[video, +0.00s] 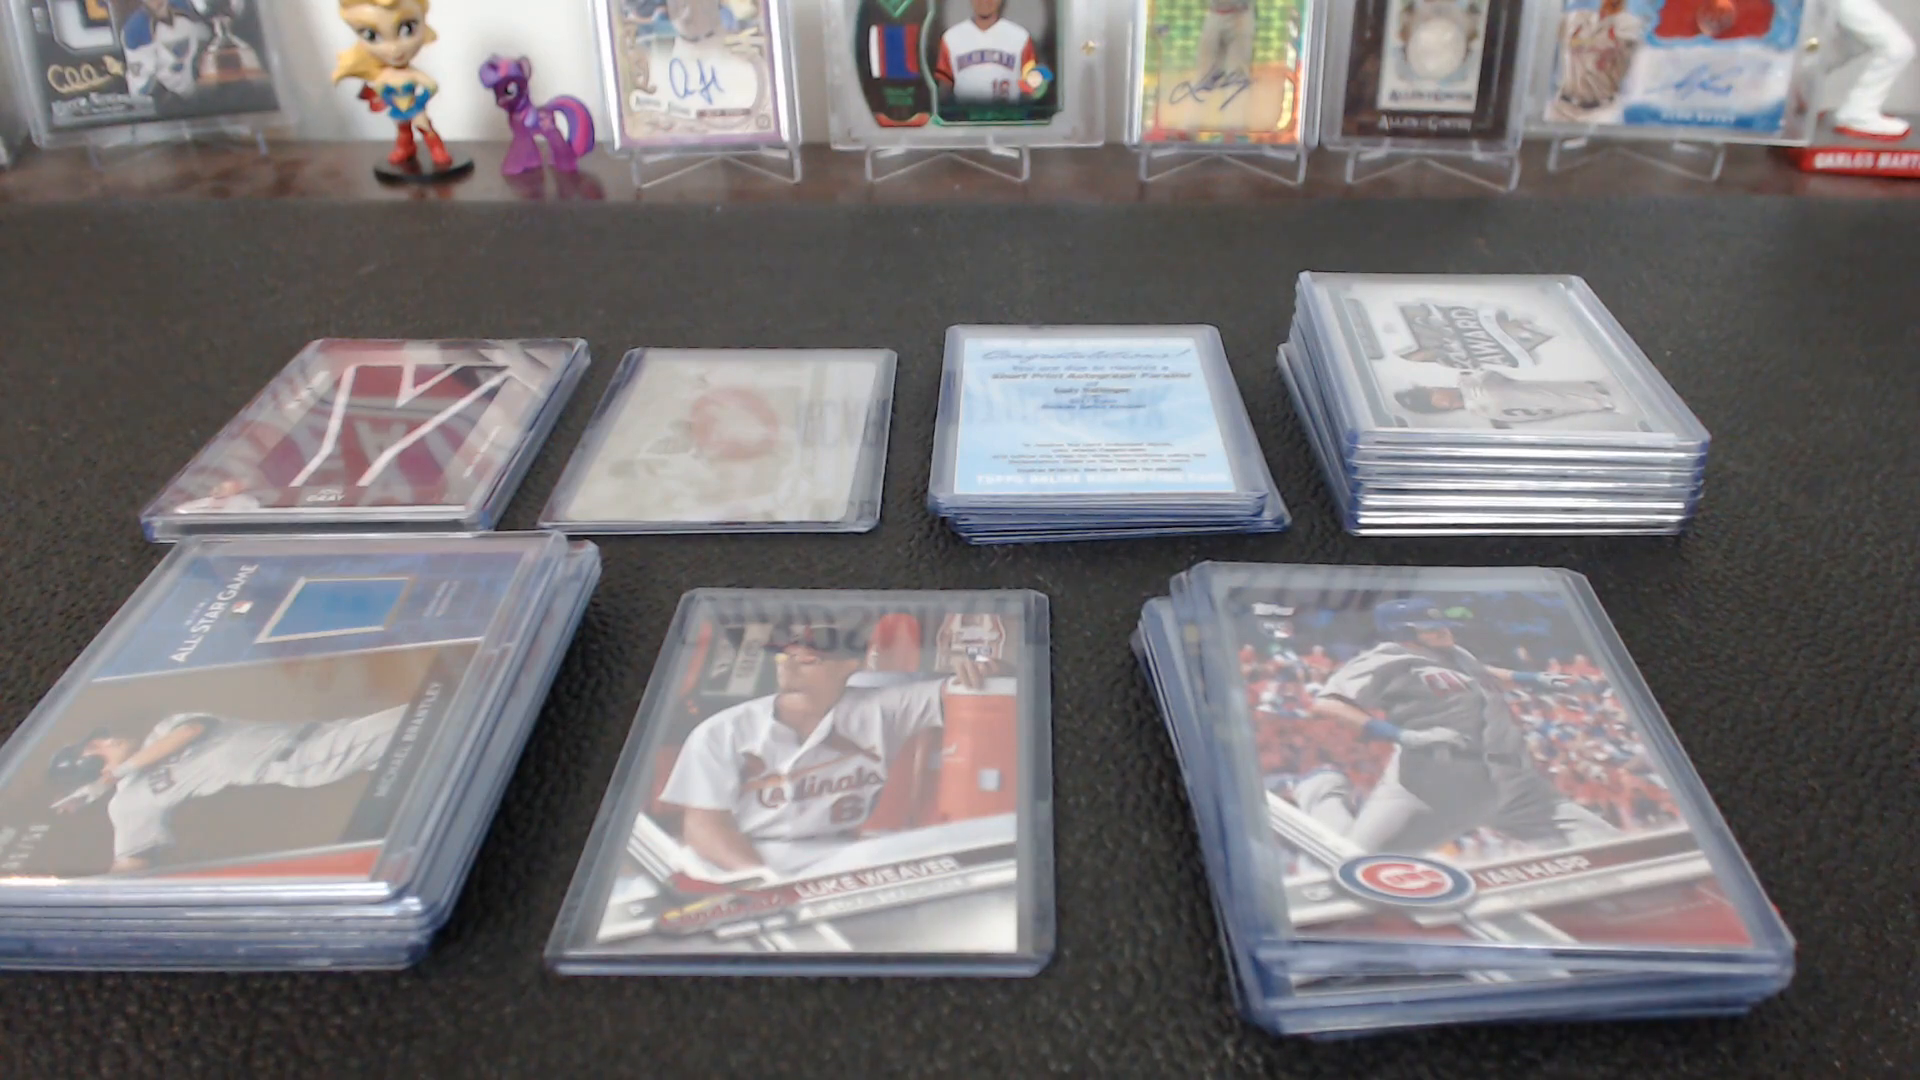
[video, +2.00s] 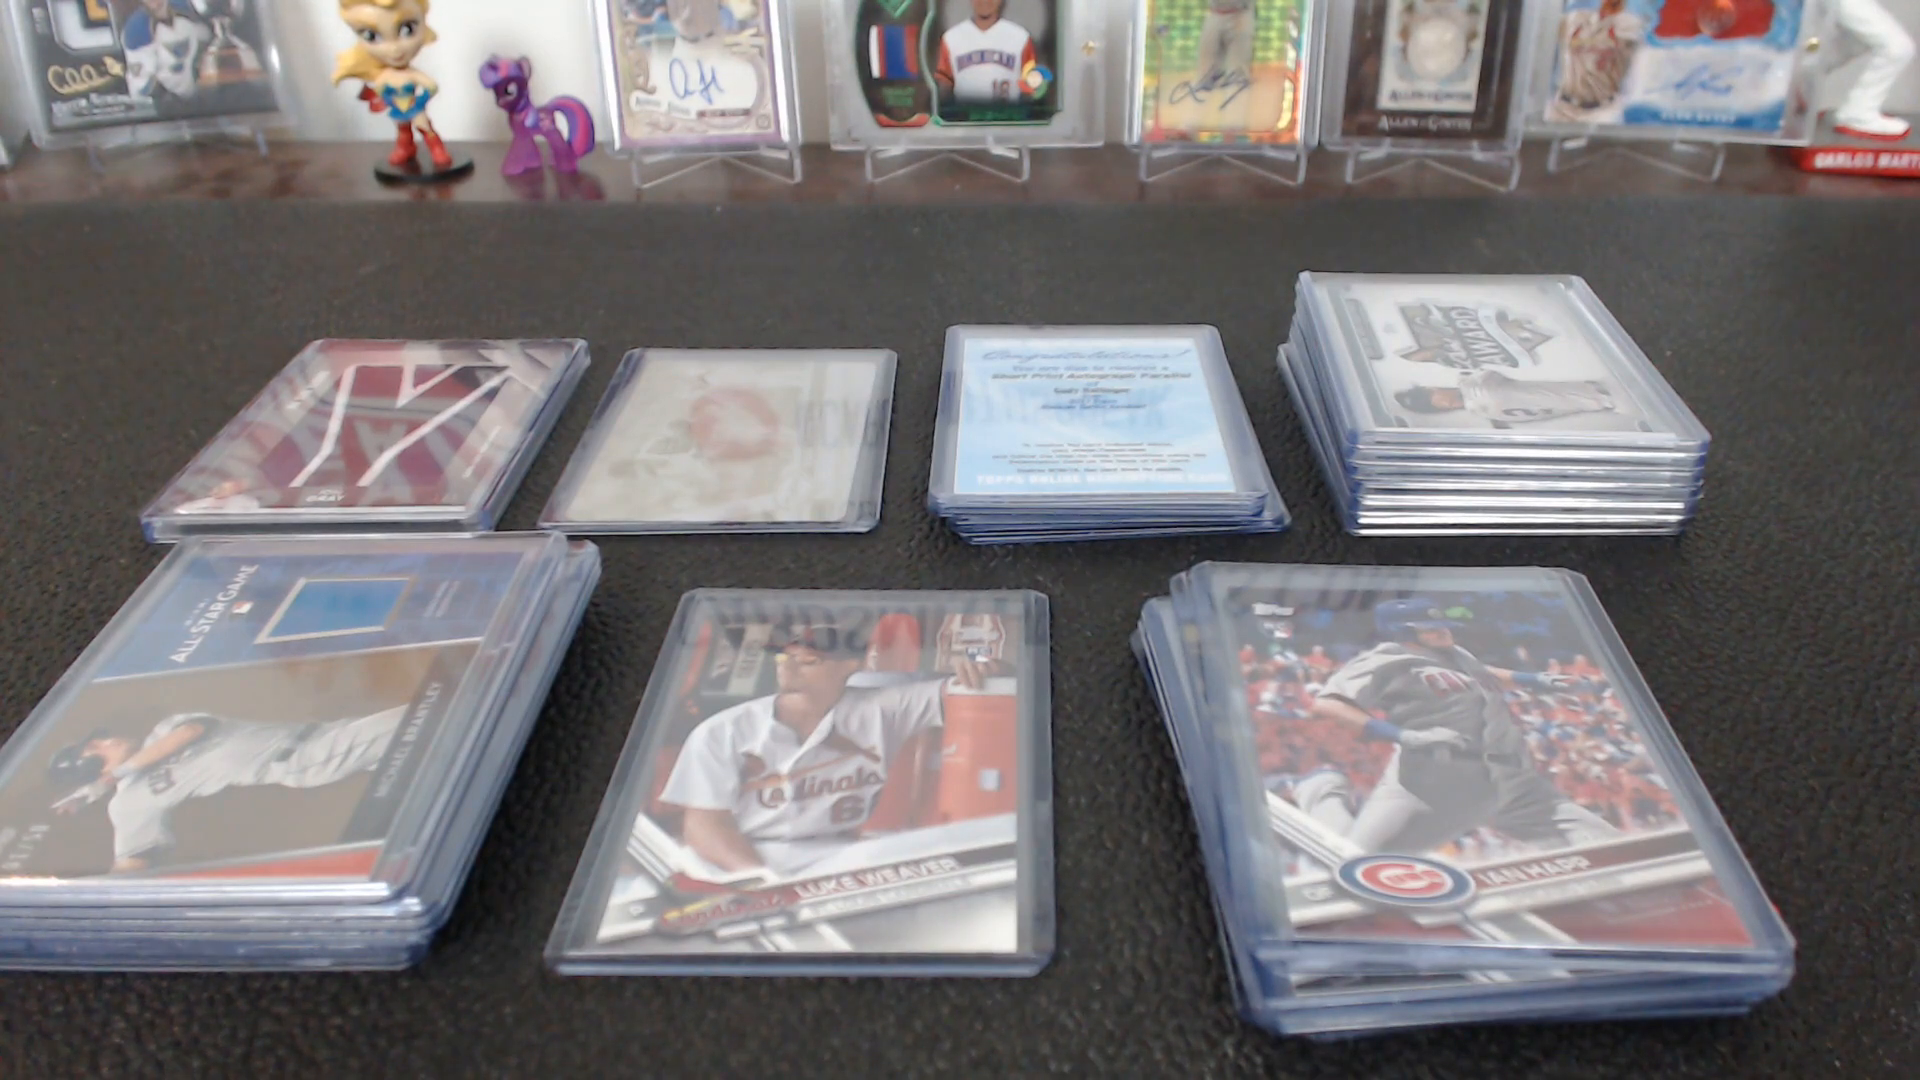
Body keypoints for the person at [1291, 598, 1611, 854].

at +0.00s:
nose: (1446, 631)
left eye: (1446, 622)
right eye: (1434, 623)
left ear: (1450, 623)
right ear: (1405, 628)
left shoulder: (1458, 656)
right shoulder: (1388, 659)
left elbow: (1488, 676)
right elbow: (1328, 704)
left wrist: (1538, 682)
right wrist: (1404, 736)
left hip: (1508, 788)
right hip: (1427, 796)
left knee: (1609, 846)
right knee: (1352, 868)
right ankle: (1321, 792)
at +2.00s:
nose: (1447, 630)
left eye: (1446, 622)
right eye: (1435, 623)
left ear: (1447, 626)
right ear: (1406, 629)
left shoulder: (1459, 656)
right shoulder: (1387, 659)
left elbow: (1490, 676)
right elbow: (1328, 704)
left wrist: (1539, 682)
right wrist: (1405, 736)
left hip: (1511, 789)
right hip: (1429, 797)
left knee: (1614, 850)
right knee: (1353, 869)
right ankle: (1321, 792)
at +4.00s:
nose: (1445, 631)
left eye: (1444, 622)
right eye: (1433, 623)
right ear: (1406, 630)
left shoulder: (1458, 656)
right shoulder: (1386, 660)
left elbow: (1490, 677)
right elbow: (1328, 704)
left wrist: (1541, 682)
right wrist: (1404, 736)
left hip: (1508, 787)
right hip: (1428, 795)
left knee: (1609, 847)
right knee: (1352, 869)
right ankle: (1321, 792)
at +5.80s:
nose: (1446, 629)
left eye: (1447, 620)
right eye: (1434, 620)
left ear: (1449, 623)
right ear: (1406, 625)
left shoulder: (1459, 657)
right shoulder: (1386, 660)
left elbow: (1490, 677)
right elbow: (1328, 705)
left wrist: (1538, 682)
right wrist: (1403, 736)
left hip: (1512, 789)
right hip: (1430, 796)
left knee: (1611, 849)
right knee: (1354, 866)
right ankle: (1321, 793)